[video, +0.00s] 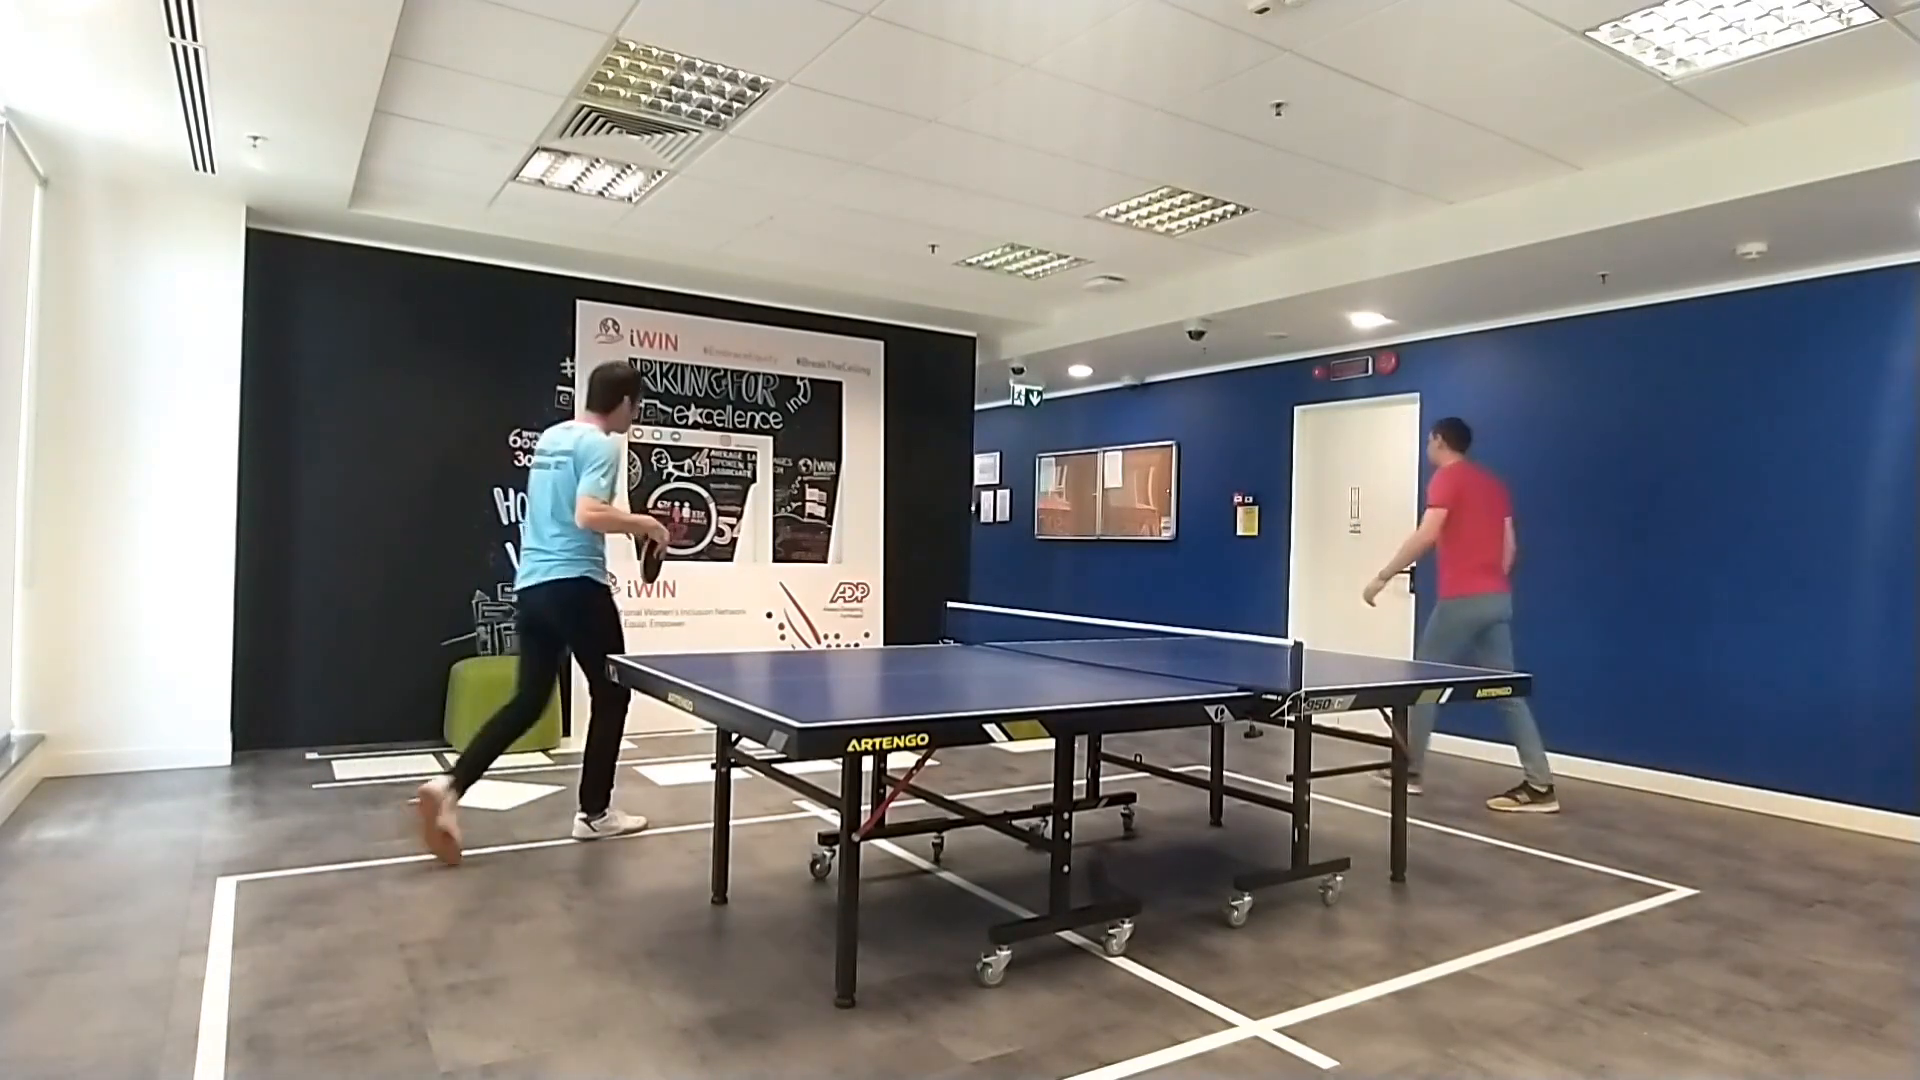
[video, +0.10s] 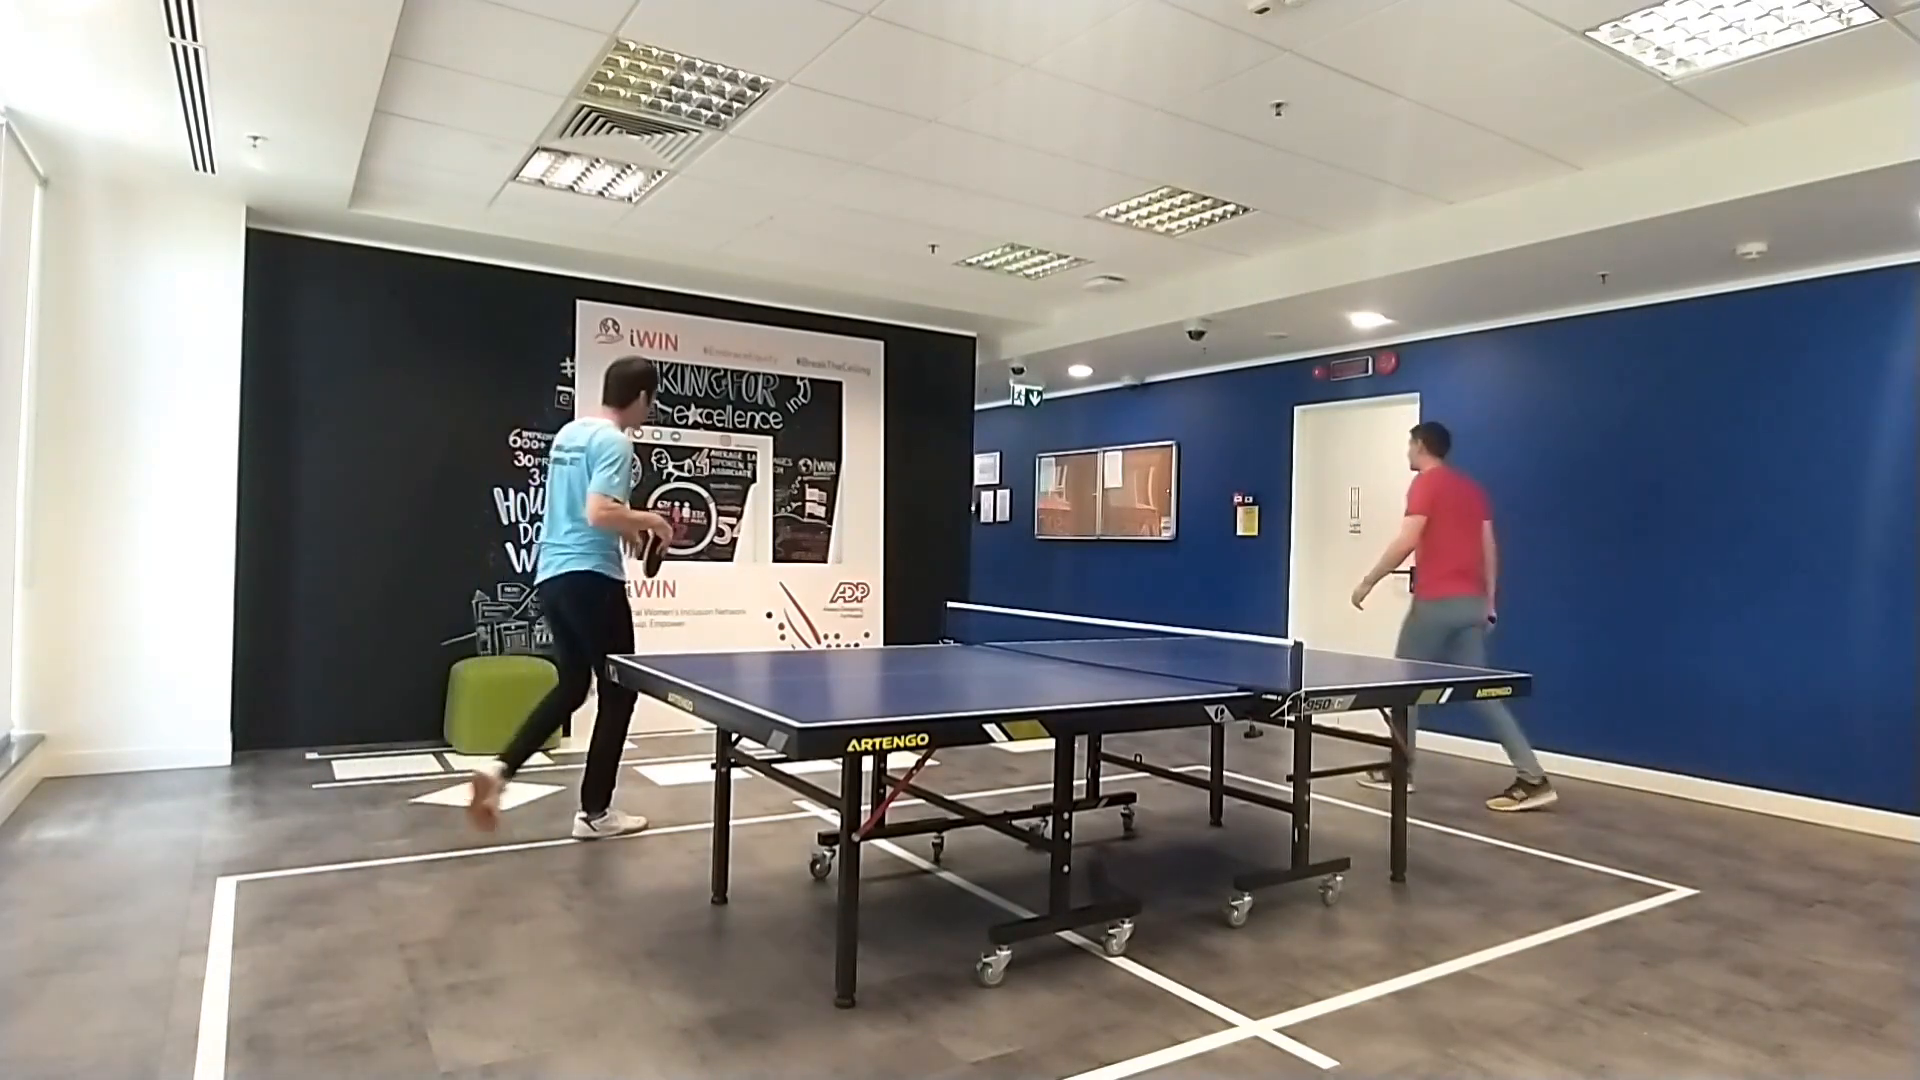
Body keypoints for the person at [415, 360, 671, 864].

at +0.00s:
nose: (636, 415)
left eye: (636, 406)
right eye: (636, 406)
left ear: (592, 397)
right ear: (624, 403)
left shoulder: (550, 437)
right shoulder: (602, 445)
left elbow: (555, 512)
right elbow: (588, 512)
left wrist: (633, 520)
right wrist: (646, 524)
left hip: (533, 590)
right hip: (579, 589)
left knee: (529, 701)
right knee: (612, 695)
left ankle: (446, 790)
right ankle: (595, 813)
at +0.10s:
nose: (652, 410)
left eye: (652, 400)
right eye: (652, 400)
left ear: (608, 393)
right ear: (640, 398)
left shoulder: (567, 435)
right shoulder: (613, 441)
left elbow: (578, 513)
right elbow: (599, 511)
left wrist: (630, 524)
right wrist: (651, 521)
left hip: (552, 579)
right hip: (591, 580)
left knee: (573, 685)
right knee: (620, 692)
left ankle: (499, 772)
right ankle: (595, 811)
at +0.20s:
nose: (662, 407)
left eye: (662, 398)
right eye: (662, 398)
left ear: (619, 390)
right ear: (651, 396)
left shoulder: (582, 432)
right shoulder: (623, 437)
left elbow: (556, 500)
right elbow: (605, 504)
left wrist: (617, 515)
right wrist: (655, 514)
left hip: (572, 572)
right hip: (604, 574)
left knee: (604, 674)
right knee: (623, 686)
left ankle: (547, 771)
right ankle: (595, 812)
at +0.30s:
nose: (673, 411)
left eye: (673, 402)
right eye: (673, 402)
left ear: (632, 393)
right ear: (663, 400)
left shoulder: (598, 434)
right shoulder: (629, 437)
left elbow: (563, 500)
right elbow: (606, 501)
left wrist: (624, 517)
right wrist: (656, 516)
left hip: (590, 570)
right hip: (612, 572)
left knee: (620, 681)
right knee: (626, 683)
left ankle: (595, 781)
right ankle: (595, 810)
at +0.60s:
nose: (687, 436)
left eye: (690, 429)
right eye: (690, 428)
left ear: (661, 417)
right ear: (679, 422)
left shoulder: (646, 457)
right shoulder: (626, 451)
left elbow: (625, 517)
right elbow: (568, 494)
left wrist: (656, 566)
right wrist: (613, 540)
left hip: (644, 585)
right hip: (634, 587)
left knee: (649, 685)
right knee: (650, 691)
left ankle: (624, 772)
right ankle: (594, 800)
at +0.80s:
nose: (691, 438)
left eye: (695, 430)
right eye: (691, 429)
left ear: (671, 422)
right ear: (669, 420)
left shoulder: (652, 457)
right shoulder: (620, 449)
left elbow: (643, 520)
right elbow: (558, 486)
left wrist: (662, 574)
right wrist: (598, 535)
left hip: (650, 581)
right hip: (630, 582)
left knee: (641, 684)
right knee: (636, 686)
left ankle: (624, 772)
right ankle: (598, 795)